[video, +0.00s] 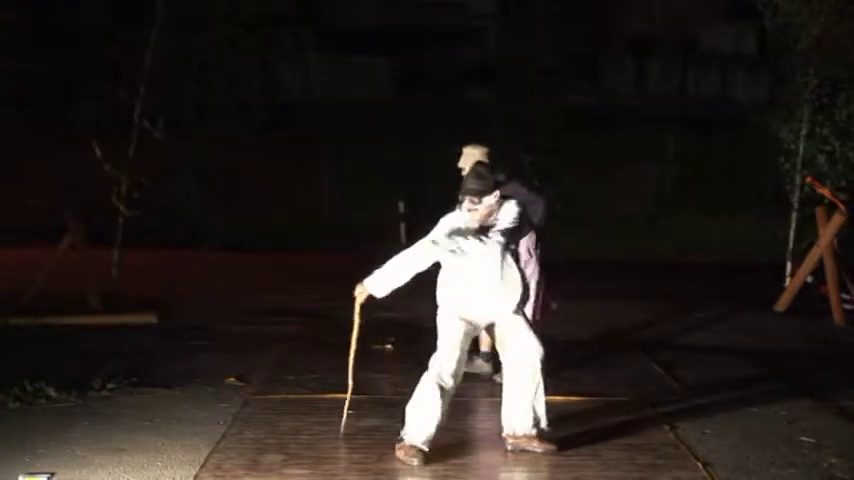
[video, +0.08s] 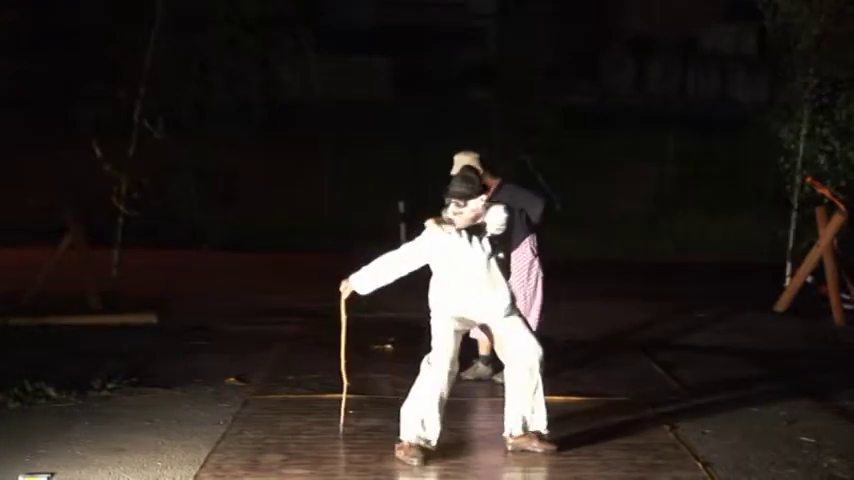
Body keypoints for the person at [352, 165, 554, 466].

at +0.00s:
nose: (476, 212)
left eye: (482, 205)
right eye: (471, 205)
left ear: (494, 201)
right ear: (467, 203)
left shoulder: (506, 218)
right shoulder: (450, 229)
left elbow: (532, 208)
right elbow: (413, 258)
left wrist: (515, 192)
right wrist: (372, 285)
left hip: (502, 310)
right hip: (458, 312)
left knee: (528, 353)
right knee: (446, 366)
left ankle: (520, 432)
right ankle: (413, 440)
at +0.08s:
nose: (462, 208)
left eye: (470, 202)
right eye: (460, 202)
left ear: (479, 205)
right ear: (452, 204)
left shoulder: (487, 229)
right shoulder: (437, 236)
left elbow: (502, 216)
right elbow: (398, 260)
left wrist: (484, 211)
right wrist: (357, 282)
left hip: (495, 310)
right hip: (450, 314)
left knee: (527, 353)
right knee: (442, 366)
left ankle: (519, 433)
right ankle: (411, 439)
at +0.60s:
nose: (470, 211)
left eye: (475, 204)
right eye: (464, 204)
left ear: (480, 202)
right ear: (450, 200)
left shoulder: (487, 220)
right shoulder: (426, 226)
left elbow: (489, 225)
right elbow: (391, 252)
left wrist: (451, 225)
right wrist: (355, 275)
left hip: (482, 309)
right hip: (436, 312)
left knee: (511, 363)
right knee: (429, 364)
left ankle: (528, 429)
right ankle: (409, 433)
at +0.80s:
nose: (492, 217)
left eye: (495, 210)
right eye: (485, 211)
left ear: (498, 208)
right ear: (467, 207)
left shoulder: (503, 237)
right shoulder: (438, 232)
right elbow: (389, 252)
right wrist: (352, 283)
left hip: (477, 302)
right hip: (433, 303)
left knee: (514, 356)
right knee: (426, 363)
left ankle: (529, 425)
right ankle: (411, 436)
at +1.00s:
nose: (511, 206)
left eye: (513, 200)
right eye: (505, 199)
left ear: (515, 196)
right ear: (486, 194)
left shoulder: (517, 219)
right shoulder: (457, 219)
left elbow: (566, 206)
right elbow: (407, 232)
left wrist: (615, 194)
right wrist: (398, 275)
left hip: (490, 305)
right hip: (444, 305)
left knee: (517, 358)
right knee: (432, 365)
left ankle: (535, 424)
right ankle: (409, 437)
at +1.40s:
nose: (517, 163)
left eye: (521, 158)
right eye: (511, 157)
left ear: (527, 159)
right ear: (499, 157)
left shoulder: (535, 181)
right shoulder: (482, 175)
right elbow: (466, 193)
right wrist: (464, 220)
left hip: (522, 245)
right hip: (485, 239)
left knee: (516, 304)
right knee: (482, 301)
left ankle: (508, 364)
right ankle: (479, 361)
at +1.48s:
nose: (512, 167)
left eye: (517, 162)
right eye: (507, 162)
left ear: (525, 164)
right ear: (498, 162)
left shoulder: (531, 188)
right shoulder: (482, 182)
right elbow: (464, 206)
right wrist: (460, 233)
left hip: (522, 254)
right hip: (487, 251)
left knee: (517, 307)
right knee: (492, 308)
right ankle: (497, 367)